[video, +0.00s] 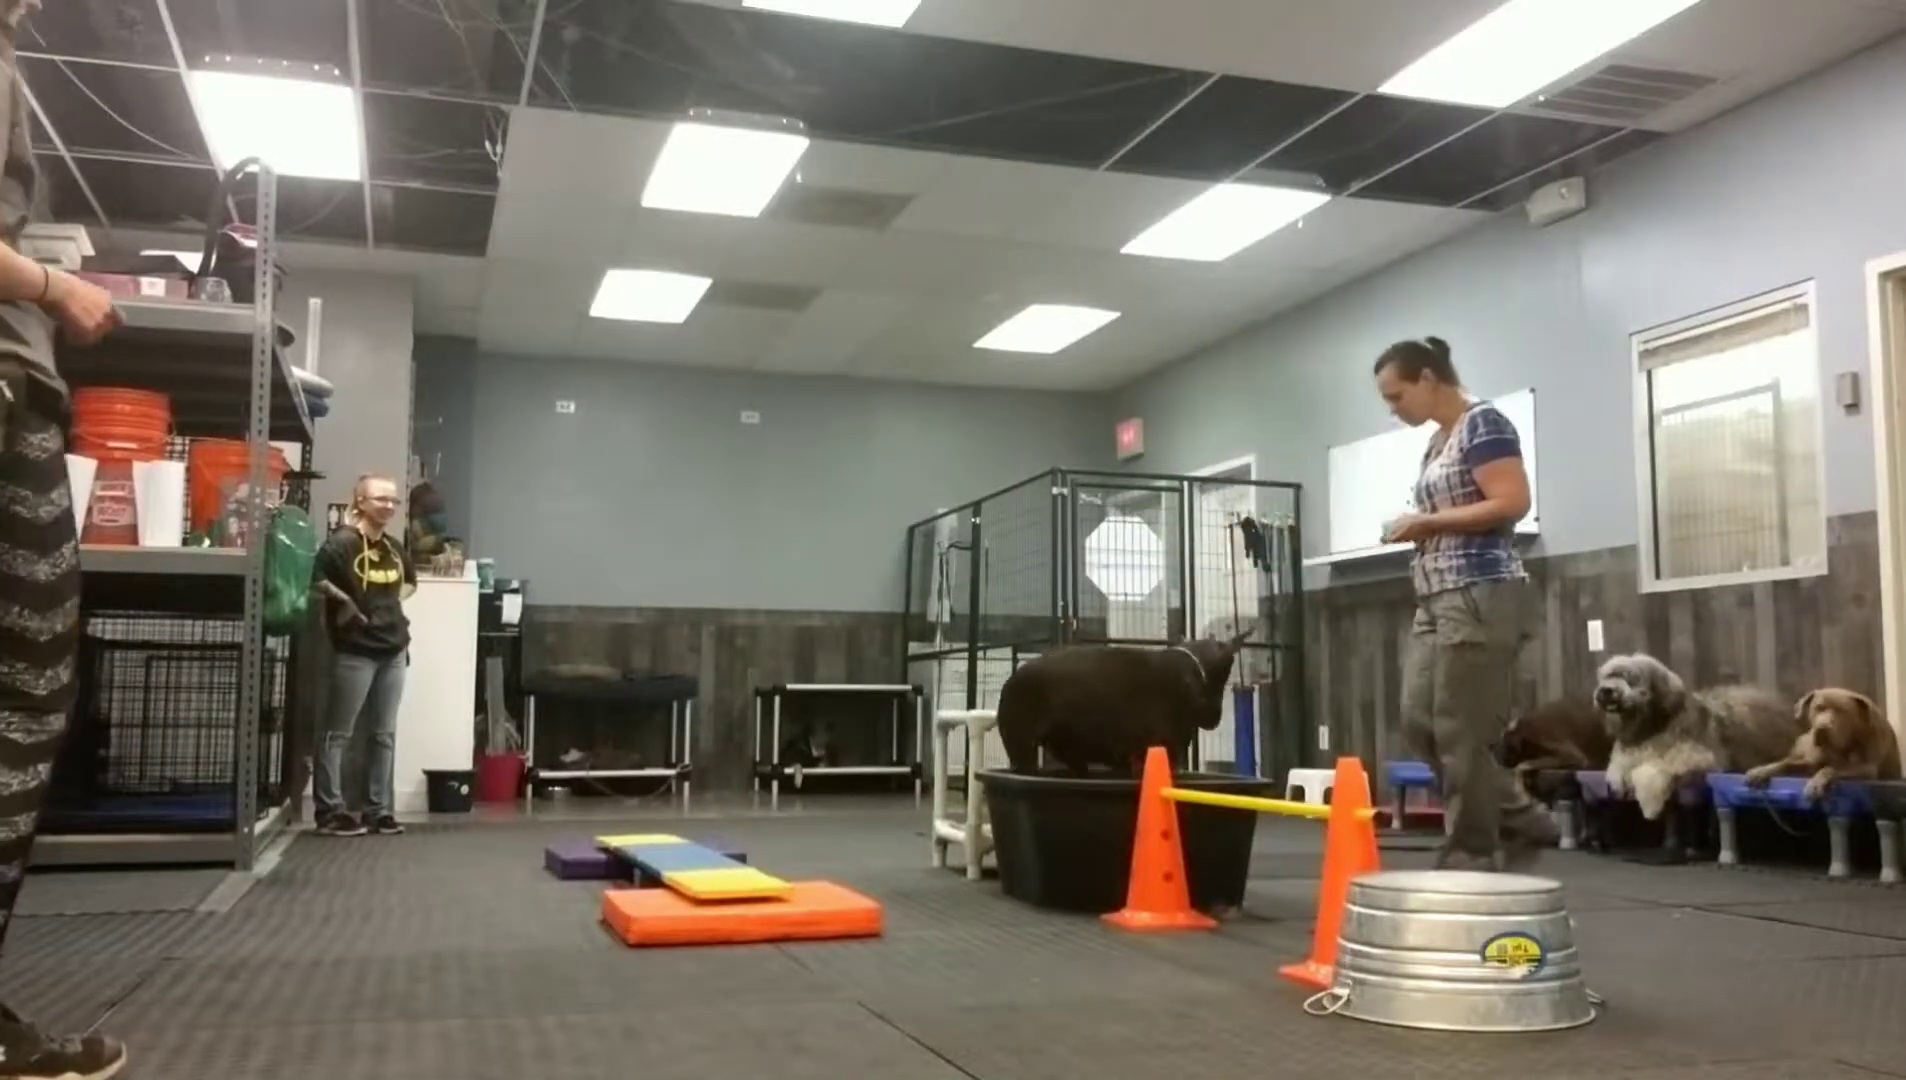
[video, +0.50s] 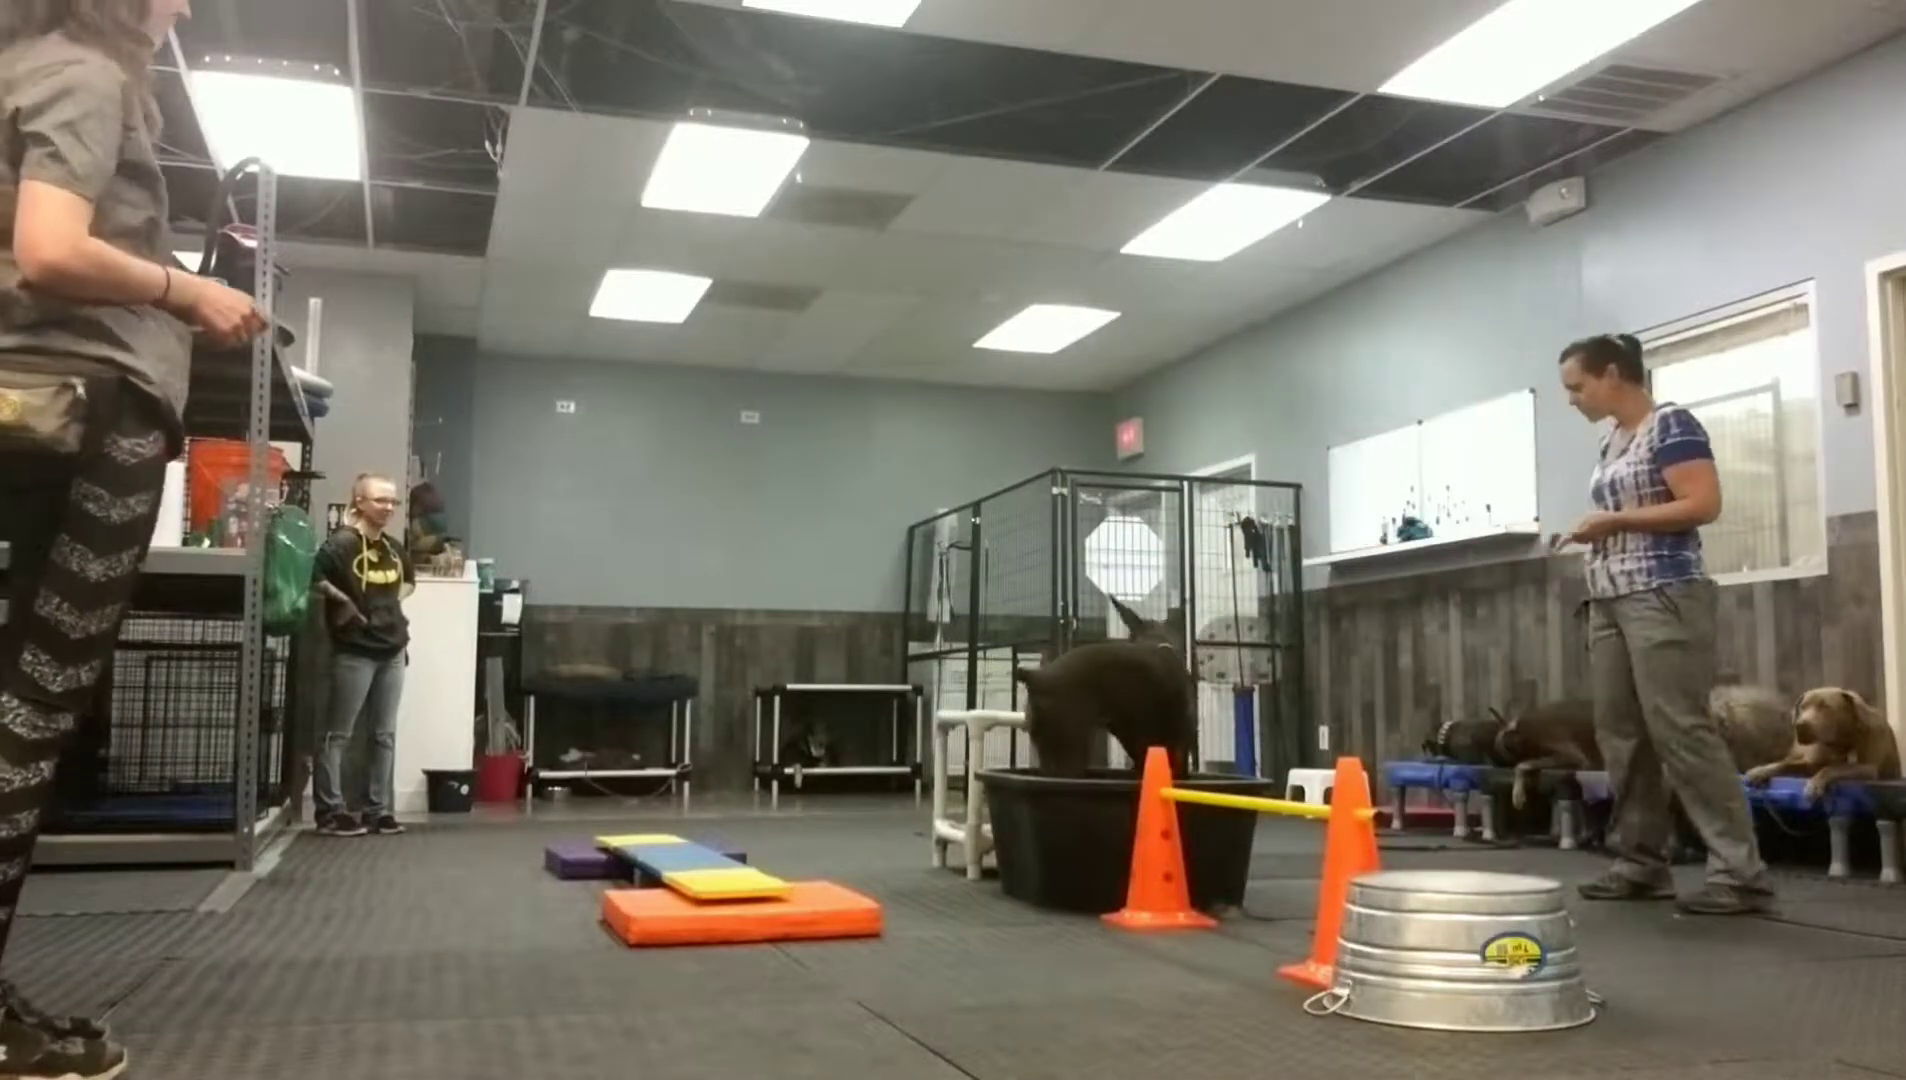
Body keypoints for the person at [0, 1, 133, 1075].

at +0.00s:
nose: (34, 8)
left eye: (33, 7)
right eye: (34, 5)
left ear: (20, 10)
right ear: (21, 3)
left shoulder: (13, 78)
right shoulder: (4, 74)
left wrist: (54, 285)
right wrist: (51, 284)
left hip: (25, 402)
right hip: (13, 405)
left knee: (35, 699)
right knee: (30, 702)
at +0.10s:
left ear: (39, 4)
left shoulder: (39, 69)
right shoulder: (25, 65)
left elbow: (29, 244)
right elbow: (16, 247)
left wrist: (104, 280)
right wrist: (104, 284)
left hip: (53, 401)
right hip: (37, 402)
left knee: (41, 705)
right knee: (36, 707)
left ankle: (5, 1020)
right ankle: (2, 1021)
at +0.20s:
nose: (117, 6)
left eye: (114, 3)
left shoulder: (46, 60)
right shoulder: (42, 57)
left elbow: (36, 247)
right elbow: (26, 245)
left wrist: (127, 284)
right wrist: (137, 283)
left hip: (58, 416)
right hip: (54, 416)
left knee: (42, 719)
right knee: (41, 721)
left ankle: (6, 1018)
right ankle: (2, 1021)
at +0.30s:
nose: (143, 11)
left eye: (140, 5)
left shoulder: (37, 57)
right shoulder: (63, 58)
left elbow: (40, 243)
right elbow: (40, 241)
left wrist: (149, 284)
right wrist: (162, 286)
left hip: (39, 418)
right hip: (64, 422)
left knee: (38, 729)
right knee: (40, 734)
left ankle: (3, 1020)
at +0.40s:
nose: (165, 13)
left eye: (164, 7)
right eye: (158, 2)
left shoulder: (42, 56)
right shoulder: (81, 61)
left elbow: (46, 242)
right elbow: (50, 242)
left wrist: (161, 282)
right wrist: (175, 290)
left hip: (45, 419)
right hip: (68, 423)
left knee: (46, 708)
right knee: (37, 711)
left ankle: (8, 1006)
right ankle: (4, 1012)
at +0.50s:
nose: (177, 14)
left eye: (179, 6)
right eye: (169, 1)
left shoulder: (44, 61)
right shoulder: (86, 68)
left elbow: (48, 249)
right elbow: (50, 249)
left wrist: (170, 282)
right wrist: (187, 289)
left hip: (52, 438)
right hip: (77, 442)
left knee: (38, 709)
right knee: (38, 713)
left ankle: (6, 1010)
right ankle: (2, 1014)